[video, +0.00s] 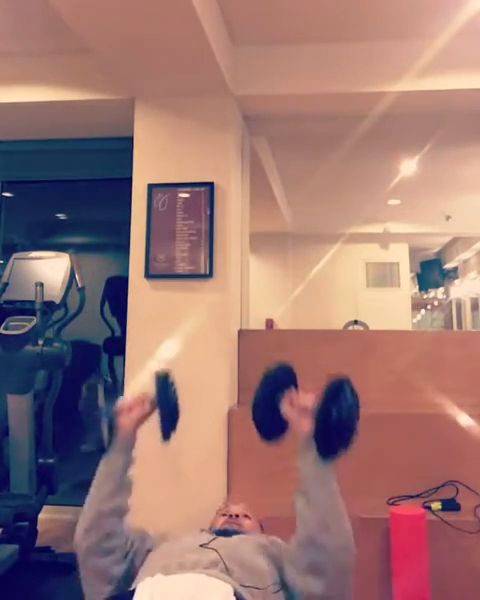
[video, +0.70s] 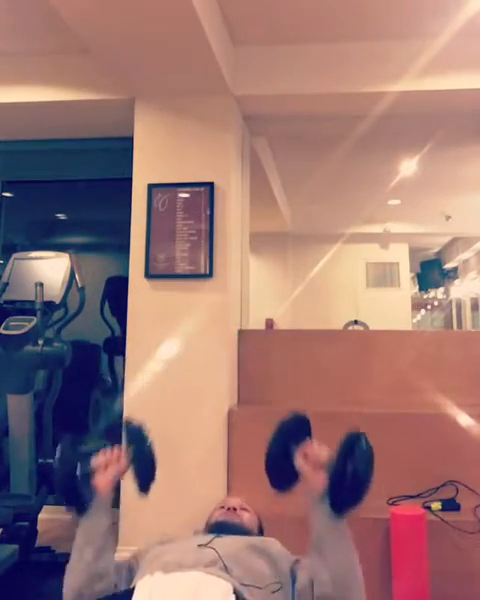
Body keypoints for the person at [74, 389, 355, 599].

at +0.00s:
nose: (233, 515)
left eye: (245, 516)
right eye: (225, 514)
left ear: (263, 535)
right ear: (207, 526)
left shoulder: (277, 552)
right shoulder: (157, 549)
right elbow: (95, 538)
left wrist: (308, 440)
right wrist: (122, 439)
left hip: (229, 589)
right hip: (155, 585)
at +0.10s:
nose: (232, 518)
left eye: (245, 518)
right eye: (224, 516)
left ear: (263, 531)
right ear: (206, 527)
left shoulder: (283, 557)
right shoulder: (150, 549)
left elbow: (309, 512)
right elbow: (113, 506)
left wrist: (294, 411)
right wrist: (137, 413)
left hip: (227, 588)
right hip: (150, 587)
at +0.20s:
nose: (233, 519)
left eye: (246, 520)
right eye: (224, 518)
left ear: (261, 532)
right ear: (208, 527)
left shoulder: (280, 562)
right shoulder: (153, 542)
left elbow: (298, 498)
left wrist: (282, 398)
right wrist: (150, 391)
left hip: (224, 589)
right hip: (150, 587)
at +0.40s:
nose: (234, 515)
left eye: (246, 516)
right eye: (225, 514)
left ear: (262, 531)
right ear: (211, 525)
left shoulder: (283, 564)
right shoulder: (157, 541)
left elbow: (299, 500)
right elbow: (137, 483)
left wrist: (283, 404)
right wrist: (143, 396)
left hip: (226, 588)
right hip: (150, 586)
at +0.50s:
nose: (235, 510)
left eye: (248, 512)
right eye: (226, 510)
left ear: (263, 531)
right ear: (208, 525)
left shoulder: (283, 557)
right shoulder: (149, 553)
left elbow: (317, 523)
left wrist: (298, 426)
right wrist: (126, 424)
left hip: (225, 589)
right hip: (152, 588)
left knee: (201, 589)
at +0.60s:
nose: (232, 509)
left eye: (245, 510)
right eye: (225, 508)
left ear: (261, 530)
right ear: (207, 525)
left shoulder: (272, 551)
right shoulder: (157, 554)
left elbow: (331, 566)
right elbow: (91, 568)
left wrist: (313, 462)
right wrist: (110, 461)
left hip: (224, 590)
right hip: (154, 586)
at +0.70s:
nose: (232, 506)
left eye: (243, 508)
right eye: (223, 505)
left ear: (259, 531)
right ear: (205, 522)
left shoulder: (274, 553)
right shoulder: (158, 550)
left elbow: (339, 592)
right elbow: (82, 590)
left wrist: (322, 498)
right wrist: (101, 498)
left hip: (226, 591)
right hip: (155, 587)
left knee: (201, 588)